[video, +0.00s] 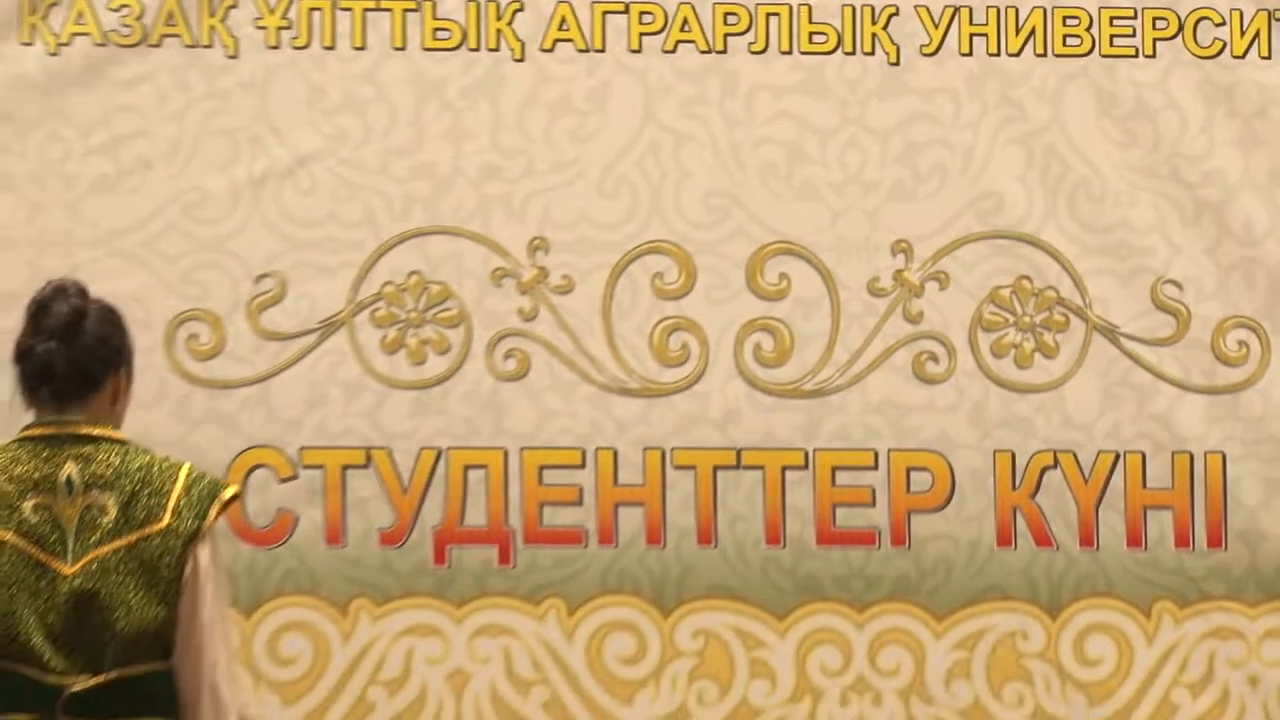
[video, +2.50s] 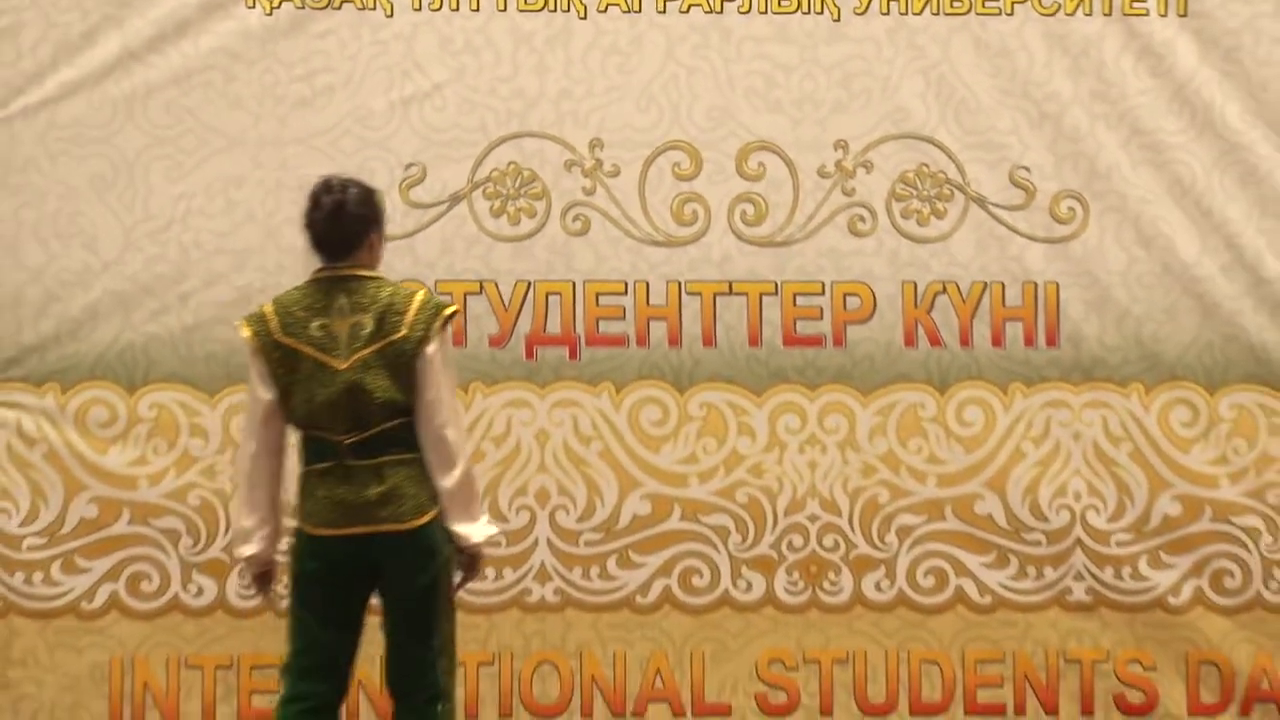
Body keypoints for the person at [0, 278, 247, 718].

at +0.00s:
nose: (131, 393)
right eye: (130, 380)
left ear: (27, 382)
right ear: (120, 384)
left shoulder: (5, 473)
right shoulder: (179, 495)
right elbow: (205, 668)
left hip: (19, 704)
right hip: (141, 705)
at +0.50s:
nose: (261, 361)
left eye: (261, 348)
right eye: (260, 349)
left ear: (166, 354)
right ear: (249, 356)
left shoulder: (101, 471)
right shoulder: (302, 458)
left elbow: (90, 633)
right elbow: (330, 620)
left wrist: (88, 710)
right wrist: (360, 708)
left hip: (172, 697)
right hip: (284, 694)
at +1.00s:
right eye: (375, 320)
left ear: (287, 330)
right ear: (372, 330)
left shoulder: (244, 424)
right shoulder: (423, 429)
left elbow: (219, 574)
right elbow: (434, 576)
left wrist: (197, 700)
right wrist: (442, 699)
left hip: (273, 689)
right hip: (389, 690)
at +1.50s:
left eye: (261, 300)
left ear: (266, 310)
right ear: (344, 312)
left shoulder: (229, 398)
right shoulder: (383, 409)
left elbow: (210, 539)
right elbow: (382, 546)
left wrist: (178, 665)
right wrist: (381, 659)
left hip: (242, 660)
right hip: (338, 663)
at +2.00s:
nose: (317, 271)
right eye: (316, 262)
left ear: (240, 270)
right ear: (311, 270)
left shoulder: (192, 357)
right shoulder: (351, 353)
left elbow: (177, 486)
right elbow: (372, 480)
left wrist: (175, 594)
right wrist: (388, 585)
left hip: (231, 598)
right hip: (331, 597)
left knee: (235, 713)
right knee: (344, 711)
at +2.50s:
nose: (383, 240)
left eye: (378, 231)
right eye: (381, 231)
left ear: (313, 239)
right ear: (373, 237)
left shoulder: (274, 323)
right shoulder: (413, 310)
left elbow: (264, 445)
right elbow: (440, 430)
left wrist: (258, 544)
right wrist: (468, 528)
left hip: (327, 539)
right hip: (411, 533)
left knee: (310, 691)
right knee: (422, 694)